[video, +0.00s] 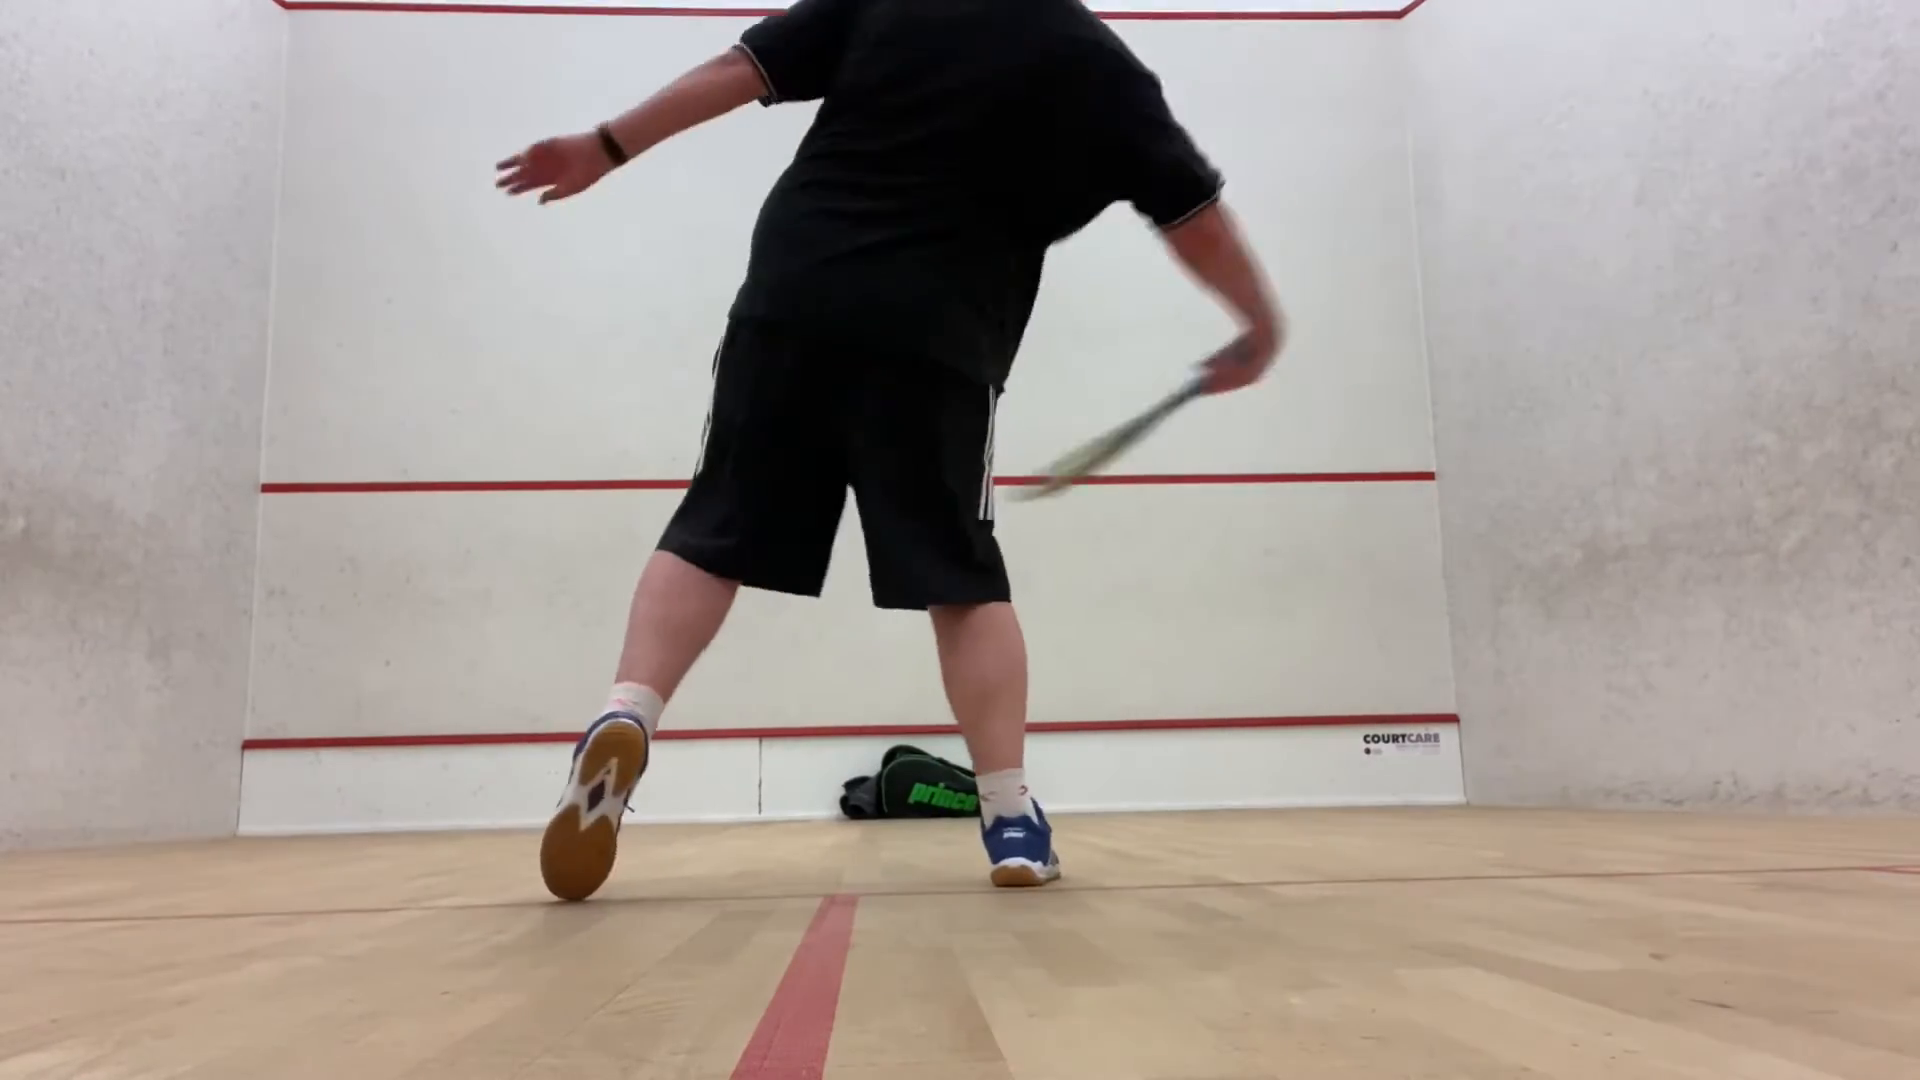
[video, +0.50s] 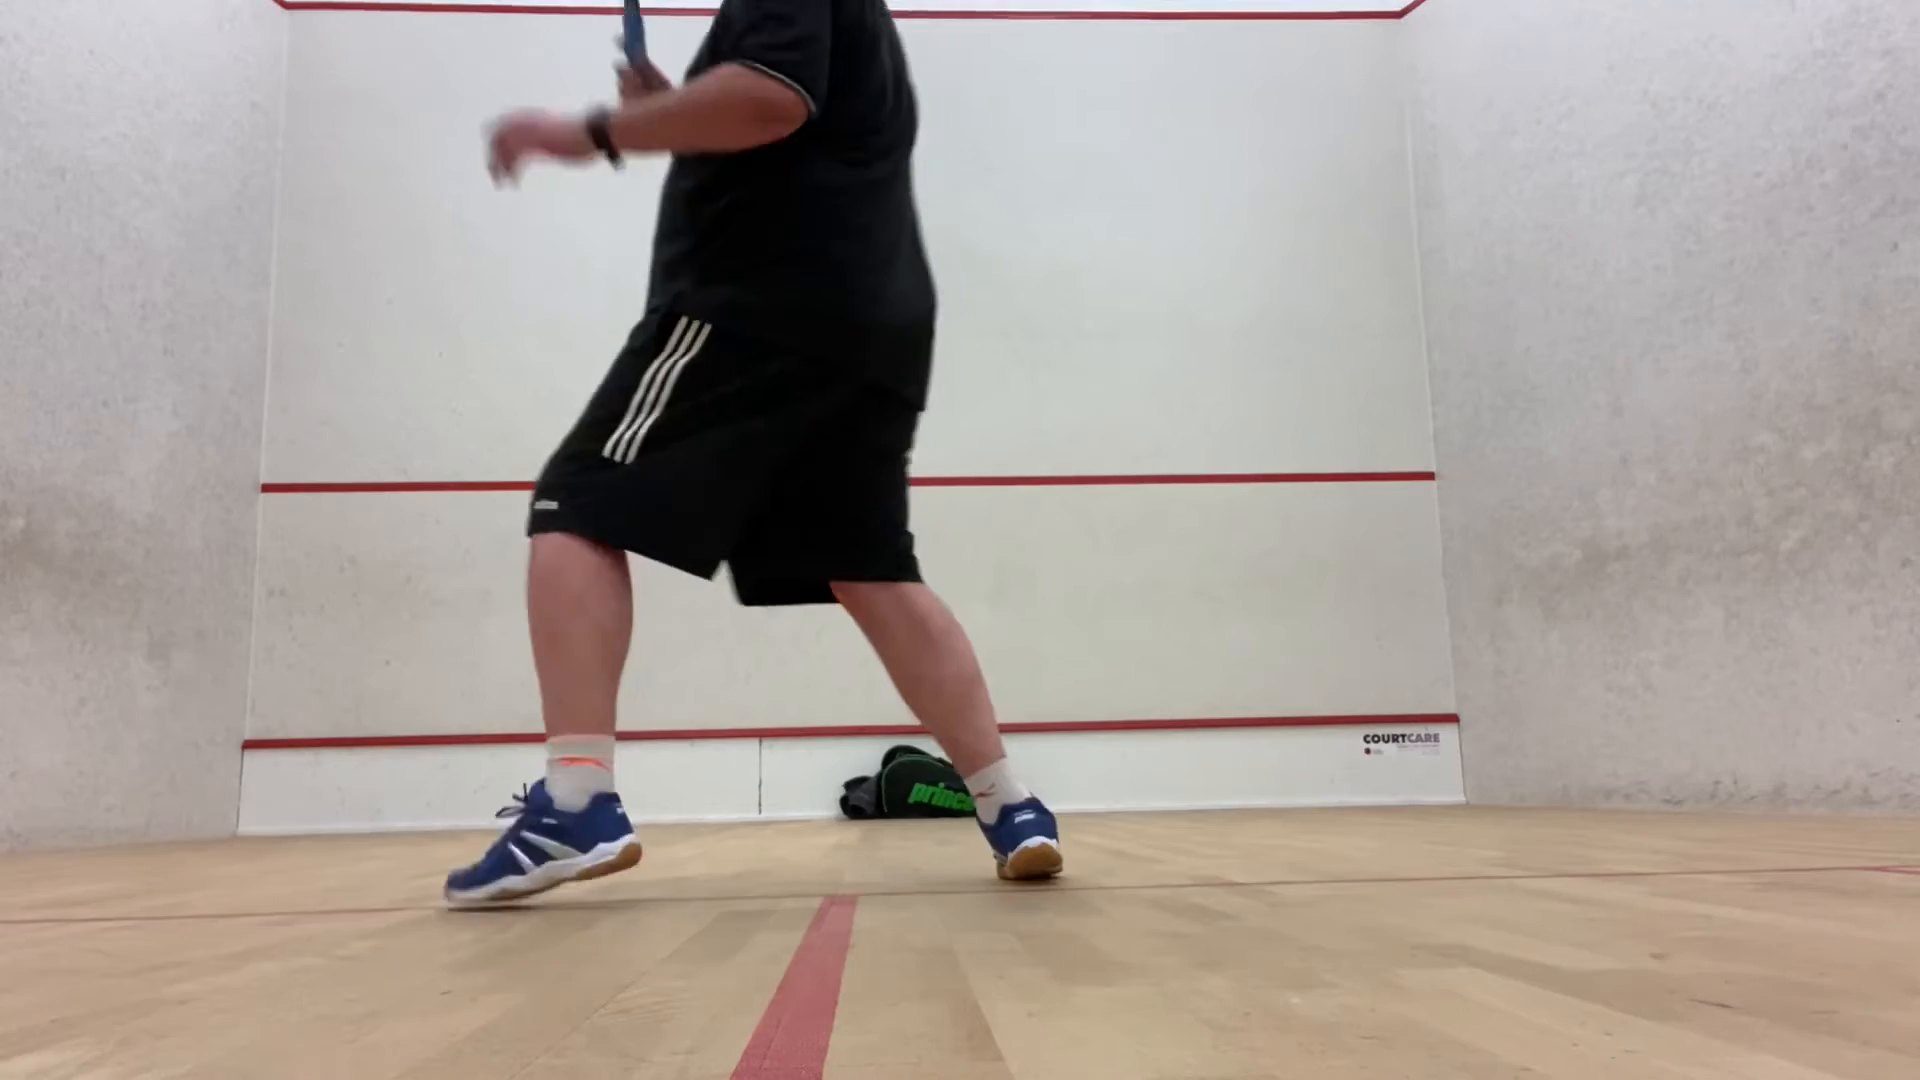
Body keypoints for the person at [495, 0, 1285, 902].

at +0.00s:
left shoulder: (881, 8)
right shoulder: (1099, 66)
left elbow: (747, 67)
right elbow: (1195, 222)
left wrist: (605, 143)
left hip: (784, 315)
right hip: (933, 349)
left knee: (719, 518)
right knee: (960, 570)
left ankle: (628, 708)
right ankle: (1012, 818)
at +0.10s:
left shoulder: (865, 7)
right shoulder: (1079, 88)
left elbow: (764, 76)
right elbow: (1080, 274)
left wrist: (638, 160)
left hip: (790, 323)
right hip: (941, 364)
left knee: (706, 527)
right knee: (967, 579)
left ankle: (622, 721)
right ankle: (1013, 818)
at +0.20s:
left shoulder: (840, 3)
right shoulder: (1042, 75)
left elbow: (773, 83)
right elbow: (1014, 274)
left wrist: (670, 194)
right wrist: (919, 318)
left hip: (784, 333)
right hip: (929, 365)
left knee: (706, 543)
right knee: (962, 584)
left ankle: (625, 756)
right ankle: (1010, 815)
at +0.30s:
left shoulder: (825, 3)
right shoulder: (1006, 64)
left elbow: (771, 85)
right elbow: (993, 257)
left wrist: (671, 218)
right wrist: (893, 310)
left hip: (781, 338)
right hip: (918, 365)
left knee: (701, 554)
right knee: (951, 589)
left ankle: (626, 781)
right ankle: (1008, 809)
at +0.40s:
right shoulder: (943, 38)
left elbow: (776, 93)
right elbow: (928, 195)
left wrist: (646, 223)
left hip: (763, 324)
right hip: (906, 338)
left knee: (646, 540)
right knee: (917, 572)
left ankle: (599, 788)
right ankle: (1012, 807)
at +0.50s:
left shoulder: (784, 1)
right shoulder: (864, 27)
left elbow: (773, 96)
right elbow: (819, 156)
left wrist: (592, 132)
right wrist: (679, 114)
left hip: (745, 308)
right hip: (876, 321)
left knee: (574, 517)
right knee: (870, 563)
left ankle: (576, 803)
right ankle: (1009, 803)